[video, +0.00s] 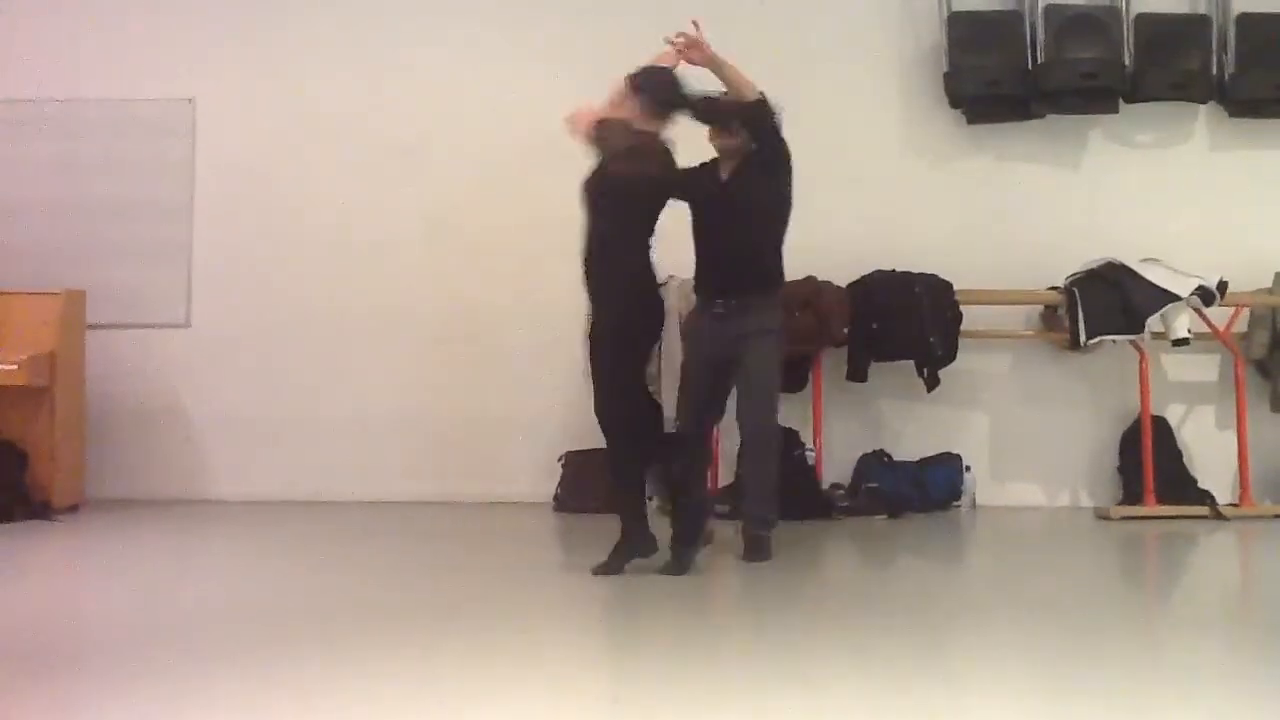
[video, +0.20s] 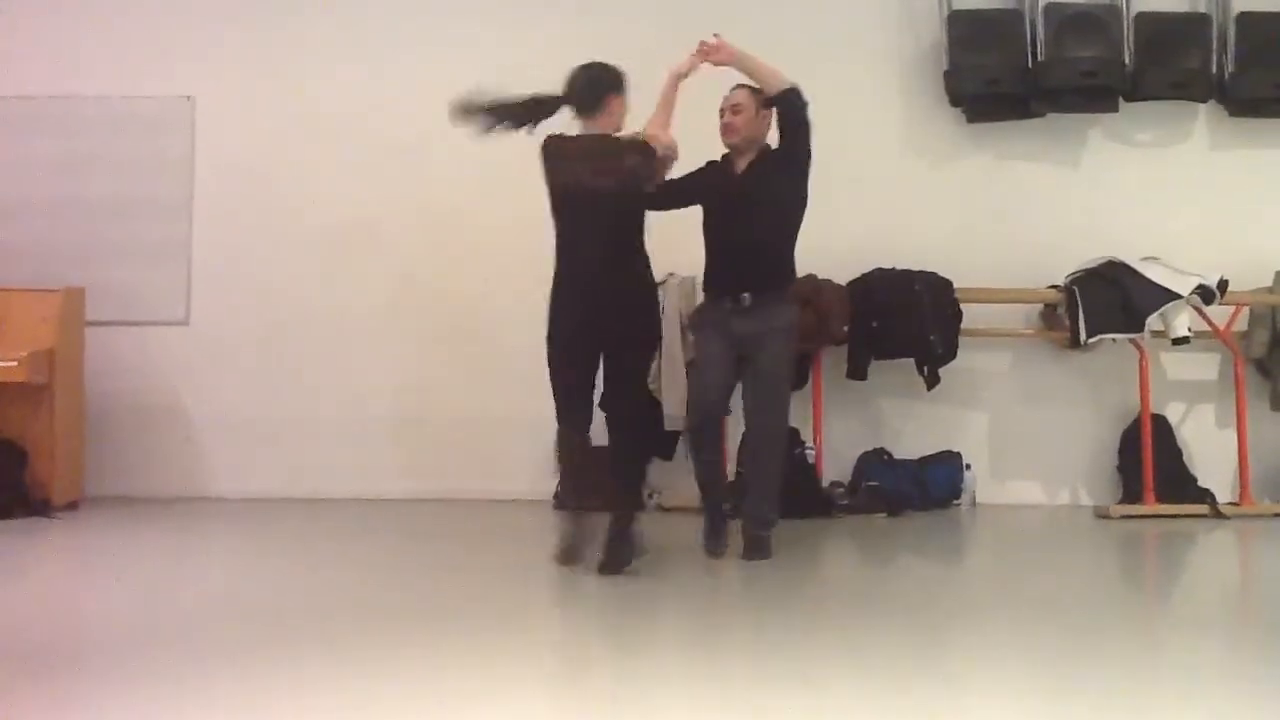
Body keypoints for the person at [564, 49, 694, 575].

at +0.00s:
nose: (616, 98)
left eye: (623, 93)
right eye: (622, 91)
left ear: (635, 103)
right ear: (666, 108)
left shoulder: (630, 156)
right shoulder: (651, 153)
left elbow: (584, 124)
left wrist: (612, 117)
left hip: (622, 304)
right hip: (631, 299)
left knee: (617, 411)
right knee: (631, 404)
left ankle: (634, 529)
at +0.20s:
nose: (624, 107)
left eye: (622, 100)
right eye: (622, 99)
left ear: (575, 104)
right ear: (613, 103)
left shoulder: (553, 150)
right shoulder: (633, 157)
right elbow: (667, 145)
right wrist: (675, 79)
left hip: (572, 302)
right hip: (627, 302)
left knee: (571, 413)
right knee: (626, 410)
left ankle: (572, 522)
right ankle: (622, 533)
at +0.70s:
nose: (571, 121)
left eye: (567, 113)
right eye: (562, 113)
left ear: (535, 122)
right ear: (537, 122)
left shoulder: (527, 172)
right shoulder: (551, 169)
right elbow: (638, 132)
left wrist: (618, 137)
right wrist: (678, 74)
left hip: (533, 318)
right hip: (547, 323)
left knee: (547, 425)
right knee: (604, 414)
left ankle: (537, 533)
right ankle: (546, 529)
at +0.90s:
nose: (558, 124)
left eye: (555, 115)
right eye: (550, 116)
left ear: (522, 126)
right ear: (524, 123)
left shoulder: (514, 174)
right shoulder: (541, 176)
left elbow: (587, 186)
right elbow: (619, 179)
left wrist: (616, 177)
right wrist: (659, 120)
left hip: (521, 315)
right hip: (536, 321)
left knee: (547, 427)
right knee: (565, 428)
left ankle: (534, 537)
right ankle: (484, 505)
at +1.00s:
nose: (554, 125)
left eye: (551, 117)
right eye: (545, 118)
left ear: (515, 128)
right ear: (517, 127)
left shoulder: (507, 179)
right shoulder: (542, 184)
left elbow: (571, 216)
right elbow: (595, 218)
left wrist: (616, 220)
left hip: (512, 320)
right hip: (534, 325)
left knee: (544, 429)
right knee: (547, 431)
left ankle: (537, 538)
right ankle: (472, 515)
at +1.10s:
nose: (549, 126)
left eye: (546, 118)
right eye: (541, 119)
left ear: (513, 128)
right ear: (514, 127)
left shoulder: (509, 185)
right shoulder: (525, 191)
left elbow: (576, 241)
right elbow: (547, 258)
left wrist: (622, 261)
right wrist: (590, 297)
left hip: (505, 319)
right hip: (517, 322)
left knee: (513, 424)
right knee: (555, 422)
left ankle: (452, 528)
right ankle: (537, 538)